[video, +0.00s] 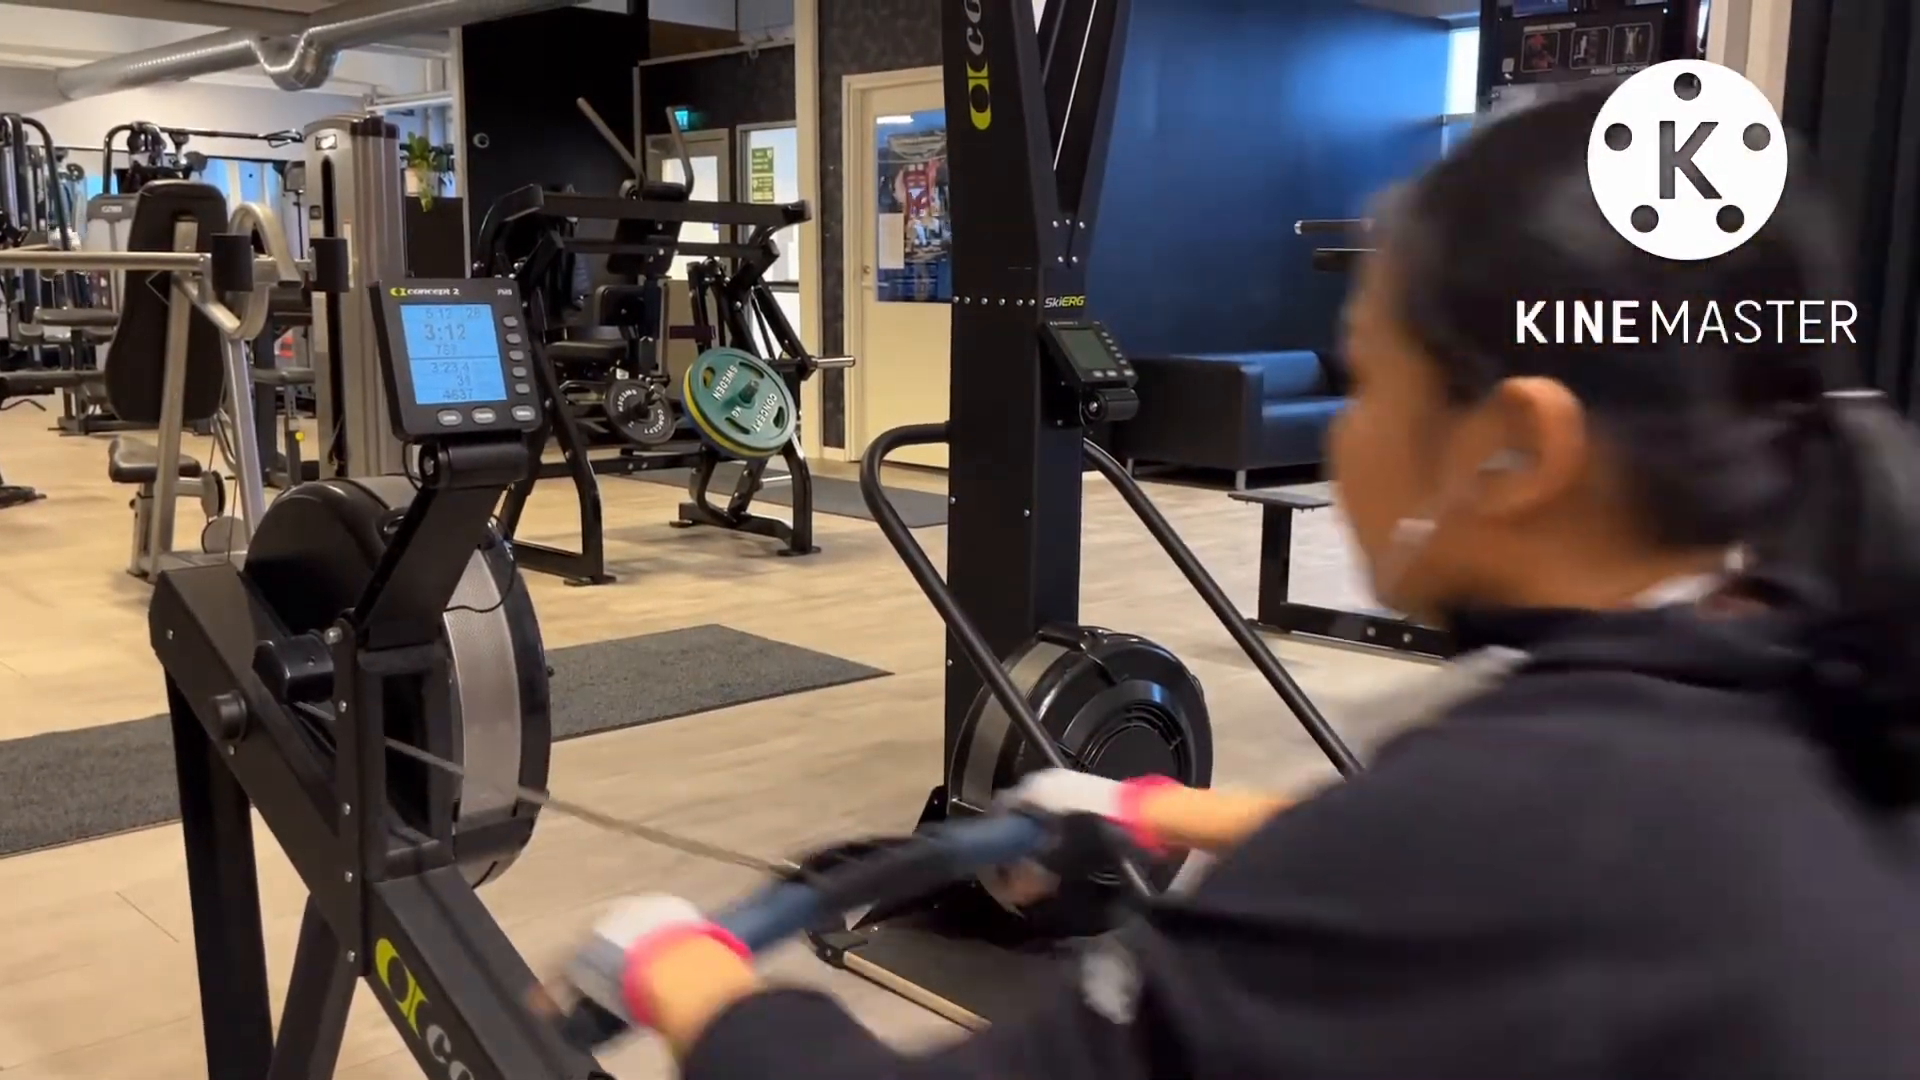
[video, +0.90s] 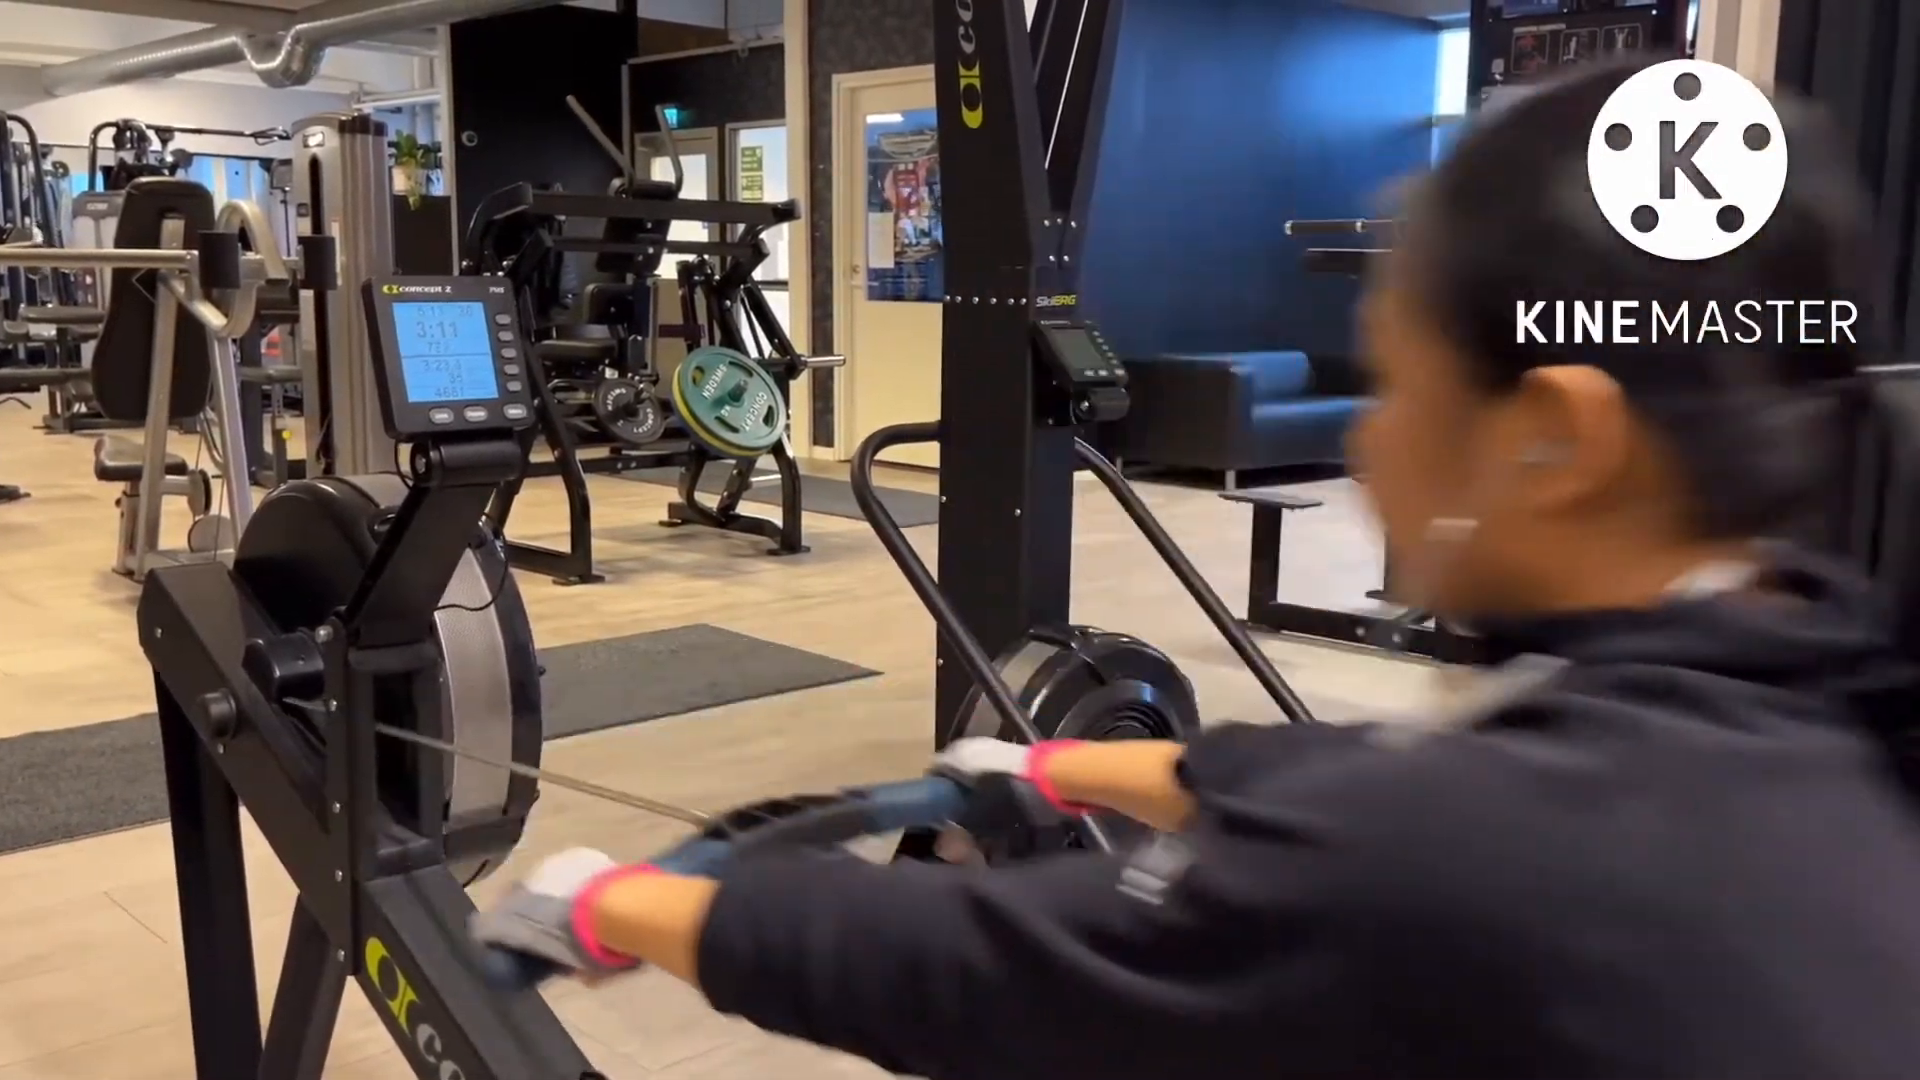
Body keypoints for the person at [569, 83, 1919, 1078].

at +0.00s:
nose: (1334, 440)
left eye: (1357, 389)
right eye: (1347, 384)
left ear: (1519, 450)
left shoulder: (1480, 826)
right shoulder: (1822, 687)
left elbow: (992, 1076)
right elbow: (1589, 815)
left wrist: (721, 1003)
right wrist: (1285, 834)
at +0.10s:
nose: (1198, 416)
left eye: (1224, 377)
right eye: (1214, 370)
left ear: (1356, 450)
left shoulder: (1324, 773)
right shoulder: (1649, 681)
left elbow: (857, 1037)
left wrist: (606, 921)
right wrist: (1133, 794)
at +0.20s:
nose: (1084, 421)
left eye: (1105, 385)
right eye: (1098, 379)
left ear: (1214, 446)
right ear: (1424, 425)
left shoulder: (1142, 743)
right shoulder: (1505, 645)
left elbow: (739, 956)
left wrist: (515, 855)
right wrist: (1013, 746)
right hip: (1666, 1043)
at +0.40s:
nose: (940, 417)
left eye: (958, 381)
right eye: (954, 375)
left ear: (1045, 439)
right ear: (1241, 407)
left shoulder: (977, 690)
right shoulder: (1331, 602)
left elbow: (638, 797)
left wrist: (402, 758)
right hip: (1513, 1046)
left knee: (829, 982)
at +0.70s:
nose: (1029, 434)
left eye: (1051, 396)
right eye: (1039, 392)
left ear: (1163, 445)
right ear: (1353, 413)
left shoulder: (1115, 723)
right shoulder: (1458, 603)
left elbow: (764, 807)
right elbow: (1242, 693)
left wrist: (496, 791)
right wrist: (975, 692)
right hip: (1639, 1047)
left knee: (926, 1022)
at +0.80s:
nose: (1172, 425)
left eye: (1199, 386)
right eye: (1185, 379)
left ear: (1338, 448)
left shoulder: (1250, 788)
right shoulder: (1650, 659)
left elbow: (875, 901)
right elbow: (1397, 751)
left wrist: (602, 866)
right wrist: (1112, 747)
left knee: (1001, 1046)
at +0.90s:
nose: (1354, 440)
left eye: (1383, 390)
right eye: (1364, 386)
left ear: (1560, 443)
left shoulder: (1454, 843)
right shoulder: (1839, 717)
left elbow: (1051, 965)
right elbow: (1474, 772)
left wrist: (702, 917)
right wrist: (1184, 778)